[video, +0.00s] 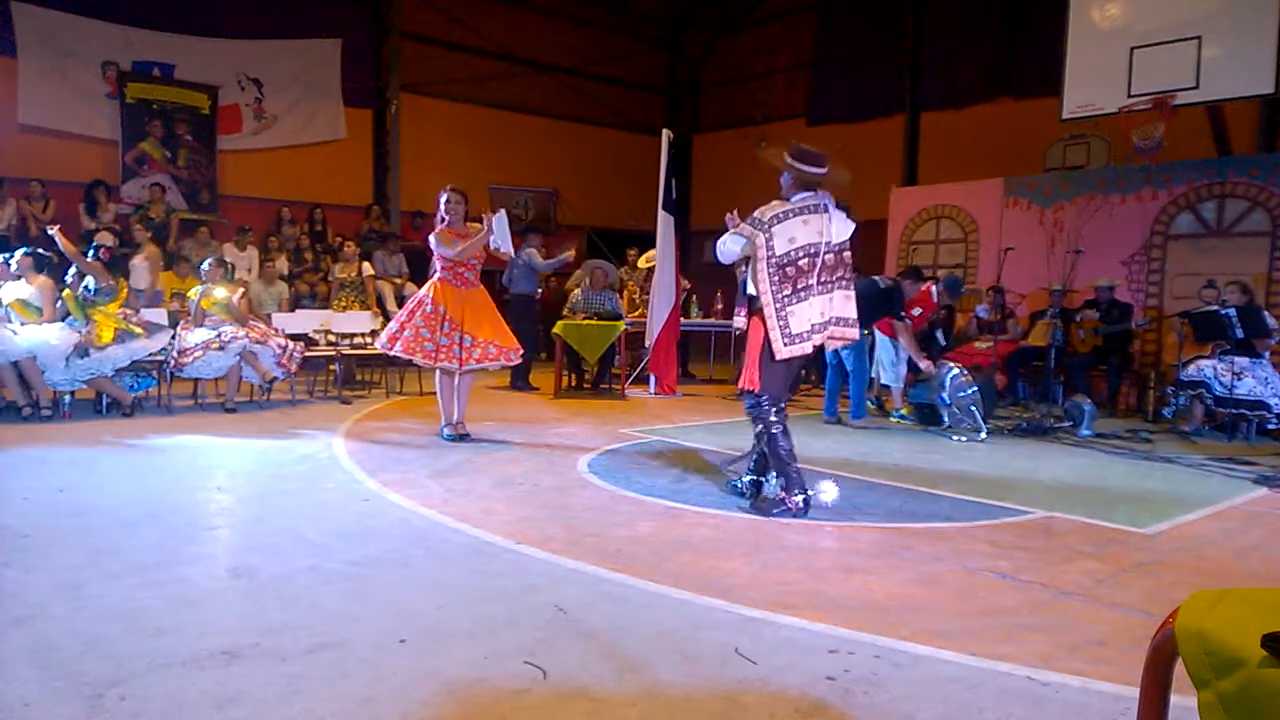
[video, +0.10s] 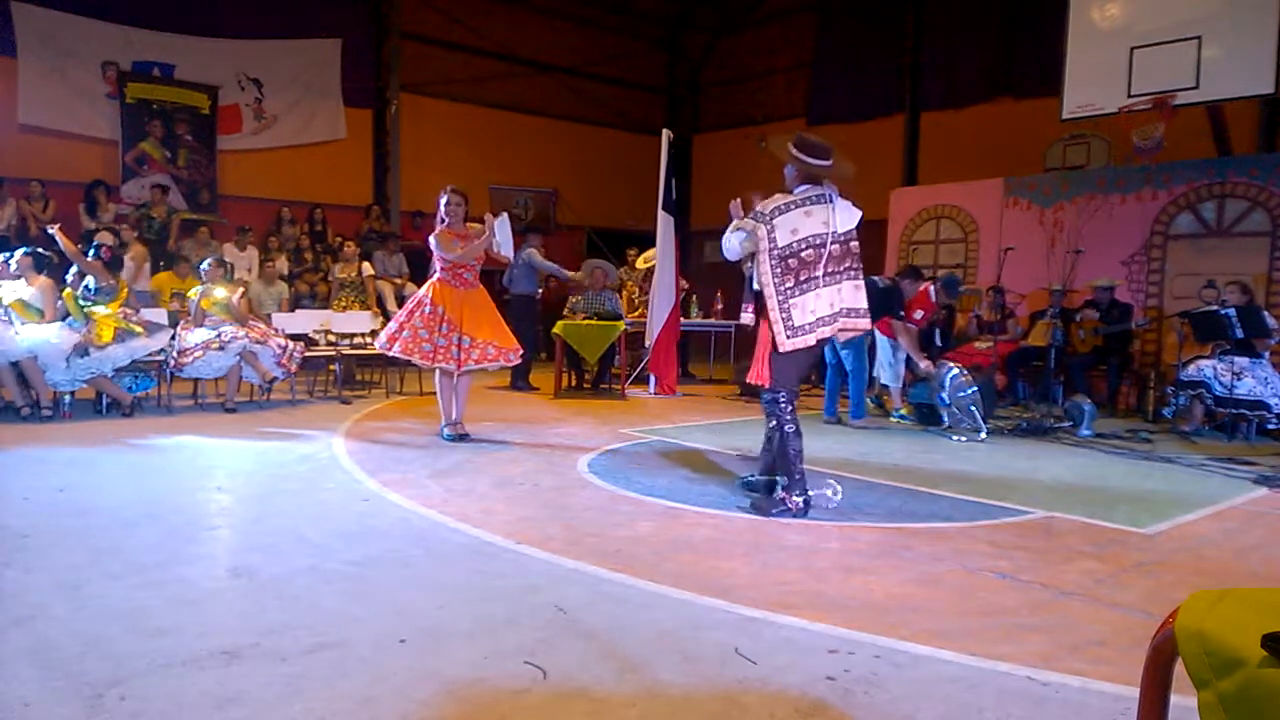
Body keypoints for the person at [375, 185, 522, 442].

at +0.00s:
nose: (452, 207)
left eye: (457, 203)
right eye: (447, 203)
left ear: (465, 207)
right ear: (441, 208)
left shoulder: (477, 231)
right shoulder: (438, 236)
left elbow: (505, 255)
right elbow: (457, 254)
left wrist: (498, 230)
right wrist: (486, 234)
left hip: (472, 301)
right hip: (445, 301)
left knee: (467, 365)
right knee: (446, 365)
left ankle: (460, 421)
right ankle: (446, 422)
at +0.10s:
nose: (452, 209)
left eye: (457, 205)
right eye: (448, 205)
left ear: (466, 208)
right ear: (441, 209)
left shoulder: (476, 233)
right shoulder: (438, 237)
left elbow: (504, 256)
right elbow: (456, 257)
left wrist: (496, 231)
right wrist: (486, 238)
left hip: (470, 301)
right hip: (445, 301)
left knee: (465, 365)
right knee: (445, 365)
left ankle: (458, 421)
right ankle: (446, 421)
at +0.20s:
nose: (452, 210)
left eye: (457, 206)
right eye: (447, 206)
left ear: (465, 210)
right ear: (440, 210)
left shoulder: (475, 231)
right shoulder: (438, 239)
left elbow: (500, 254)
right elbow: (457, 260)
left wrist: (496, 230)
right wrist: (487, 238)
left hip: (469, 302)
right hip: (444, 302)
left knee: (464, 365)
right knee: (445, 366)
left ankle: (458, 421)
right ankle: (446, 421)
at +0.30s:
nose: (452, 211)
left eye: (457, 207)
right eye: (447, 207)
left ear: (466, 210)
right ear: (440, 210)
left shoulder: (477, 232)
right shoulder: (438, 239)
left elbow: (502, 259)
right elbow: (455, 262)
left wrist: (498, 236)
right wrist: (485, 241)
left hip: (469, 302)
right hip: (444, 303)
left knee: (463, 365)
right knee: (444, 366)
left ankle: (458, 421)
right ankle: (446, 421)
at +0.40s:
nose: (451, 212)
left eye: (457, 207)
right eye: (447, 207)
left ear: (466, 211)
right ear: (440, 211)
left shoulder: (477, 232)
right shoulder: (438, 240)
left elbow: (501, 258)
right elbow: (457, 262)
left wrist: (500, 236)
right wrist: (486, 243)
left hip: (469, 303)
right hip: (444, 303)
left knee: (463, 365)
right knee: (443, 366)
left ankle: (458, 421)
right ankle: (446, 422)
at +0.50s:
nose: (452, 212)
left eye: (457, 207)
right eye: (447, 207)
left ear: (466, 211)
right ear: (441, 211)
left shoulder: (476, 231)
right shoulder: (438, 240)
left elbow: (497, 256)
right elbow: (457, 262)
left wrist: (496, 233)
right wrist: (486, 243)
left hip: (469, 303)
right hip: (444, 303)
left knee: (463, 365)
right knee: (443, 365)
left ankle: (458, 421)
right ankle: (446, 421)